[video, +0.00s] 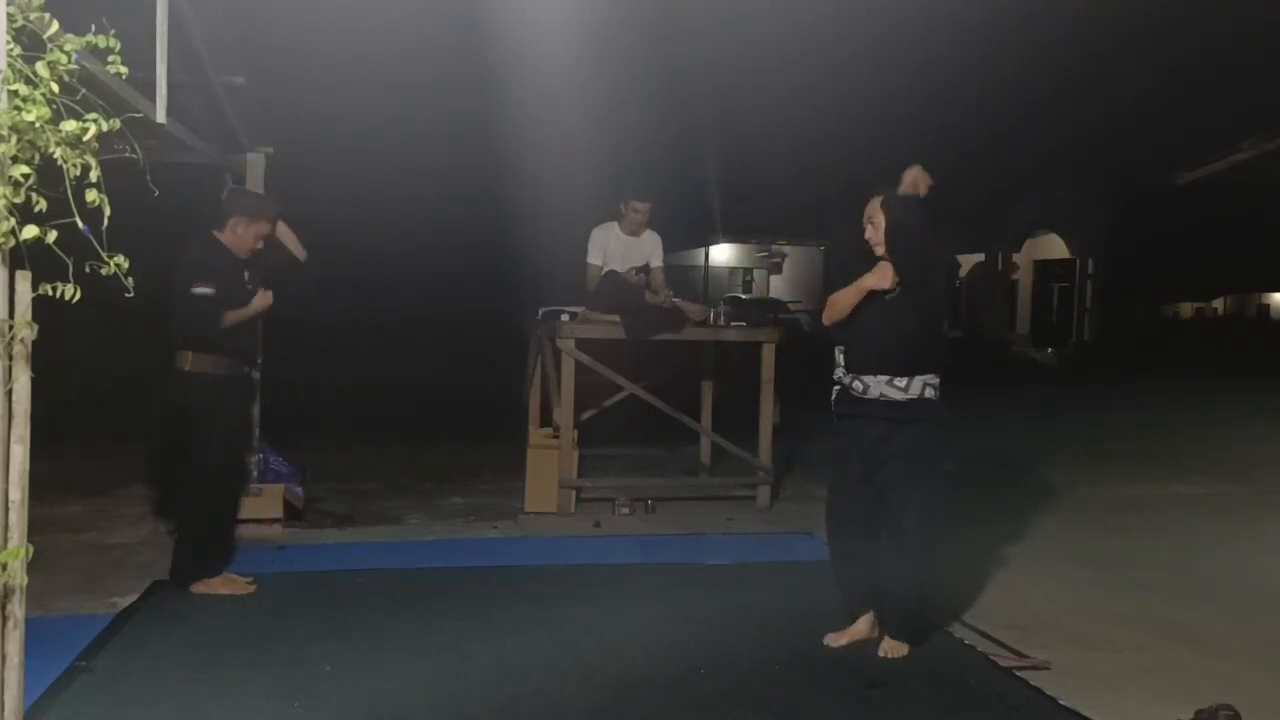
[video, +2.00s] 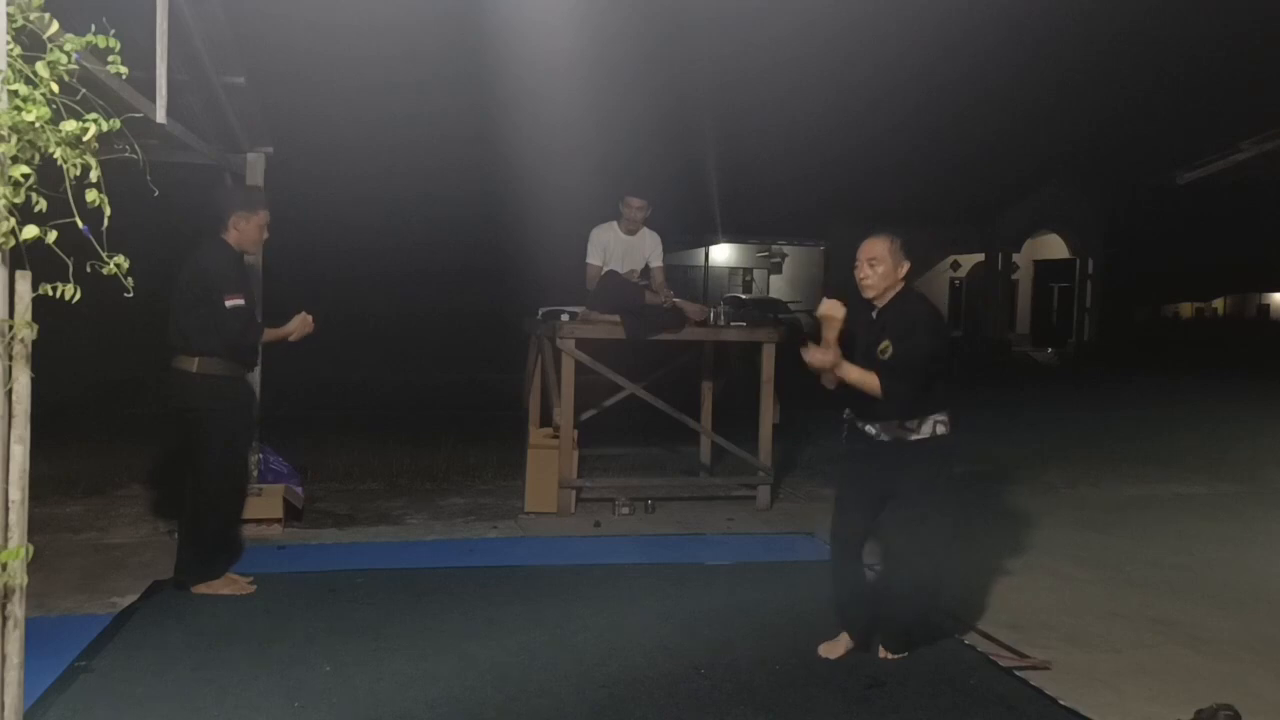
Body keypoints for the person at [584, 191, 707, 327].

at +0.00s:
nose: (641, 218)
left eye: (645, 213)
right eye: (636, 212)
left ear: (650, 213)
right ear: (623, 208)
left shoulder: (653, 239)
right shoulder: (601, 234)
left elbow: (658, 283)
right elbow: (592, 285)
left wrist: (665, 294)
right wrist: (622, 281)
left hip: (637, 301)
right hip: (603, 301)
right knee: (611, 278)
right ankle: (676, 310)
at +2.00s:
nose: (633, 214)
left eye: (639, 209)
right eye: (628, 207)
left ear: (648, 212)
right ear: (620, 207)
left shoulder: (652, 239)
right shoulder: (601, 234)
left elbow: (658, 282)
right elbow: (591, 284)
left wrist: (664, 294)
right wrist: (621, 279)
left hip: (634, 300)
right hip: (602, 300)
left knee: (676, 317)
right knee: (611, 278)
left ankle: (607, 319)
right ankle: (679, 306)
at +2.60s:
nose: (632, 214)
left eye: (639, 209)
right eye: (628, 208)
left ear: (648, 212)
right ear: (621, 207)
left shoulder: (652, 240)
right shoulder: (600, 234)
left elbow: (658, 282)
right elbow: (591, 283)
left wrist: (665, 294)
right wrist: (621, 280)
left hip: (636, 299)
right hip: (602, 299)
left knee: (674, 317)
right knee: (610, 278)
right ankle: (680, 305)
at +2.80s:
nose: (632, 215)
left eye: (639, 209)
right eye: (628, 208)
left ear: (648, 212)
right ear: (621, 207)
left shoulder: (652, 240)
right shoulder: (600, 234)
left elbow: (658, 282)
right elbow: (591, 283)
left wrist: (665, 294)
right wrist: (621, 280)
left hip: (636, 299)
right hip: (602, 299)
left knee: (674, 317)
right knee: (610, 278)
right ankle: (679, 306)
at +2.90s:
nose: (632, 214)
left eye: (639, 209)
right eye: (628, 208)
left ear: (648, 212)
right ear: (621, 207)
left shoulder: (652, 239)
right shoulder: (600, 234)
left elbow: (658, 282)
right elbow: (591, 283)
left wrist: (664, 293)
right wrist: (621, 280)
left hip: (635, 300)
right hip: (602, 299)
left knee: (675, 317)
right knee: (610, 278)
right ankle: (680, 306)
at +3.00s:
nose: (635, 215)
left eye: (641, 210)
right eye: (630, 209)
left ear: (647, 213)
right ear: (621, 208)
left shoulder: (653, 239)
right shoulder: (601, 234)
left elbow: (659, 282)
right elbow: (591, 283)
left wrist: (664, 293)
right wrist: (622, 280)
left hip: (636, 300)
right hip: (603, 299)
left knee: (674, 317)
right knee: (611, 279)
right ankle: (679, 306)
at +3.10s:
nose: (638, 217)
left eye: (643, 211)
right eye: (633, 210)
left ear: (648, 214)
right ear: (621, 208)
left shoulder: (653, 239)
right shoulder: (601, 234)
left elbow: (658, 282)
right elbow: (591, 283)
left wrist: (664, 294)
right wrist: (622, 280)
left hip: (636, 300)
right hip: (603, 299)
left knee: (675, 318)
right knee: (611, 279)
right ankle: (680, 306)